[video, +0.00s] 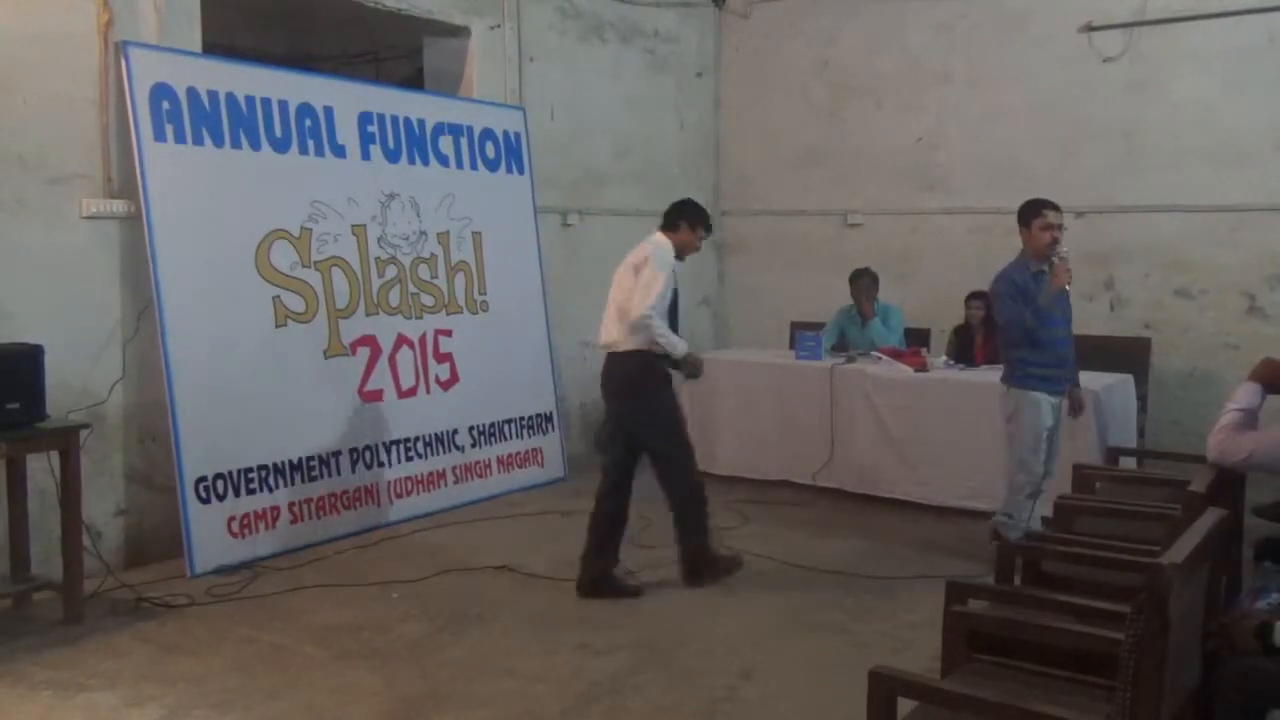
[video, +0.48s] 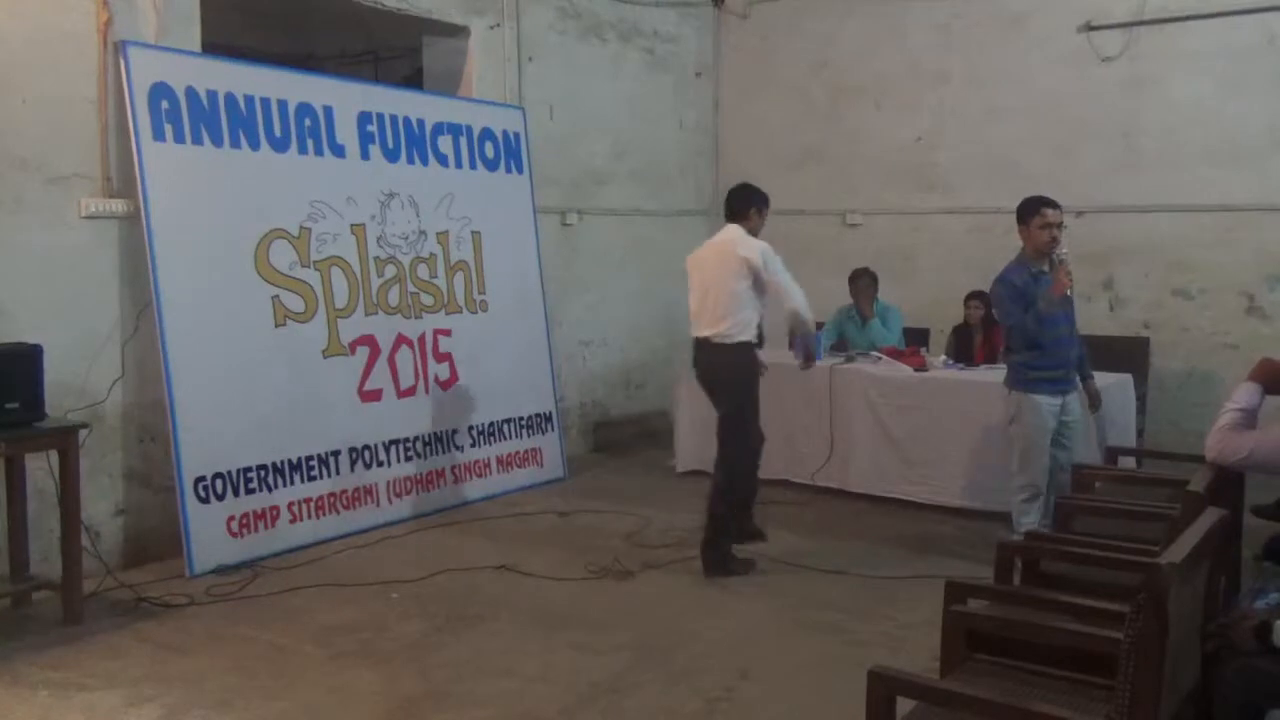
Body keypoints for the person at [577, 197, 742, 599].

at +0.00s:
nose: (699, 247)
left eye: (701, 240)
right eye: (699, 237)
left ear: (672, 227)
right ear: (682, 227)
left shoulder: (637, 255)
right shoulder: (661, 255)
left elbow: (629, 325)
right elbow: (641, 315)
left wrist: (672, 357)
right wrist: (682, 351)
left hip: (618, 369)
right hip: (642, 369)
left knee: (617, 473)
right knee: (679, 467)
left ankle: (596, 572)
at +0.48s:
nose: (765, 223)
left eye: (765, 216)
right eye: (764, 216)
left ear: (728, 213)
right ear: (753, 214)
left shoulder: (698, 255)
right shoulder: (755, 250)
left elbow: (702, 306)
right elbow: (791, 298)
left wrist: (744, 344)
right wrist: (805, 329)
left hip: (704, 356)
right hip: (736, 356)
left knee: (750, 437)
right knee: (737, 448)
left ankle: (739, 521)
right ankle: (716, 552)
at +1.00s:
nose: (828, 226)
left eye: (828, 221)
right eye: (827, 220)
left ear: (793, 217)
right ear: (819, 219)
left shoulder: (763, 255)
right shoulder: (819, 253)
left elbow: (755, 309)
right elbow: (845, 295)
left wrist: (757, 353)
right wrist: (880, 312)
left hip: (775, 354)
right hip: (811, 355)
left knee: (781, 438)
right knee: (830, 432)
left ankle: (781, 522)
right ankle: (811, 505)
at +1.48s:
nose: (884, 238)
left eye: (885, 233)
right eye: (885, 232)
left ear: (855, 222)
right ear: (878, 229)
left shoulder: (820, 251)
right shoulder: (876, 260)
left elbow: (806, 301)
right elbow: (897, 308)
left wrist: (810, 330)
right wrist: (932, 328)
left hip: (820, 342)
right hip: (853, 345)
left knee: (834, 419)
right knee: (864, 425)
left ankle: (824, 488)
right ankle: (860, 501)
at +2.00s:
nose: (892, 232)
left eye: (894, 225)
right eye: (890, 224)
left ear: (872, 222)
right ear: (872, 221)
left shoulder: (860, 250)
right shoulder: (852, 250)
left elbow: (859, 305)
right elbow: (845, 303)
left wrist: (864, 346)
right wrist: (850, 348)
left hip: (845, 336)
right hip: (835, 337)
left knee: (844, 415)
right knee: (842, 415)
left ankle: (837, 488)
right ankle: (838, 491)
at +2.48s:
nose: (869, 230)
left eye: (869, 225)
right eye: (869, 224)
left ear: (843, 218)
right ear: (862, 224)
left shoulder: (842, 250)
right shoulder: (836, 251)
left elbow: (836, 305)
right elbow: (823, 306)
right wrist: (821, 355)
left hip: (834, 338)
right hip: (824, 339)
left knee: (835, 416)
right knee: (821, 420)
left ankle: (830, 488)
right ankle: (807, 499)